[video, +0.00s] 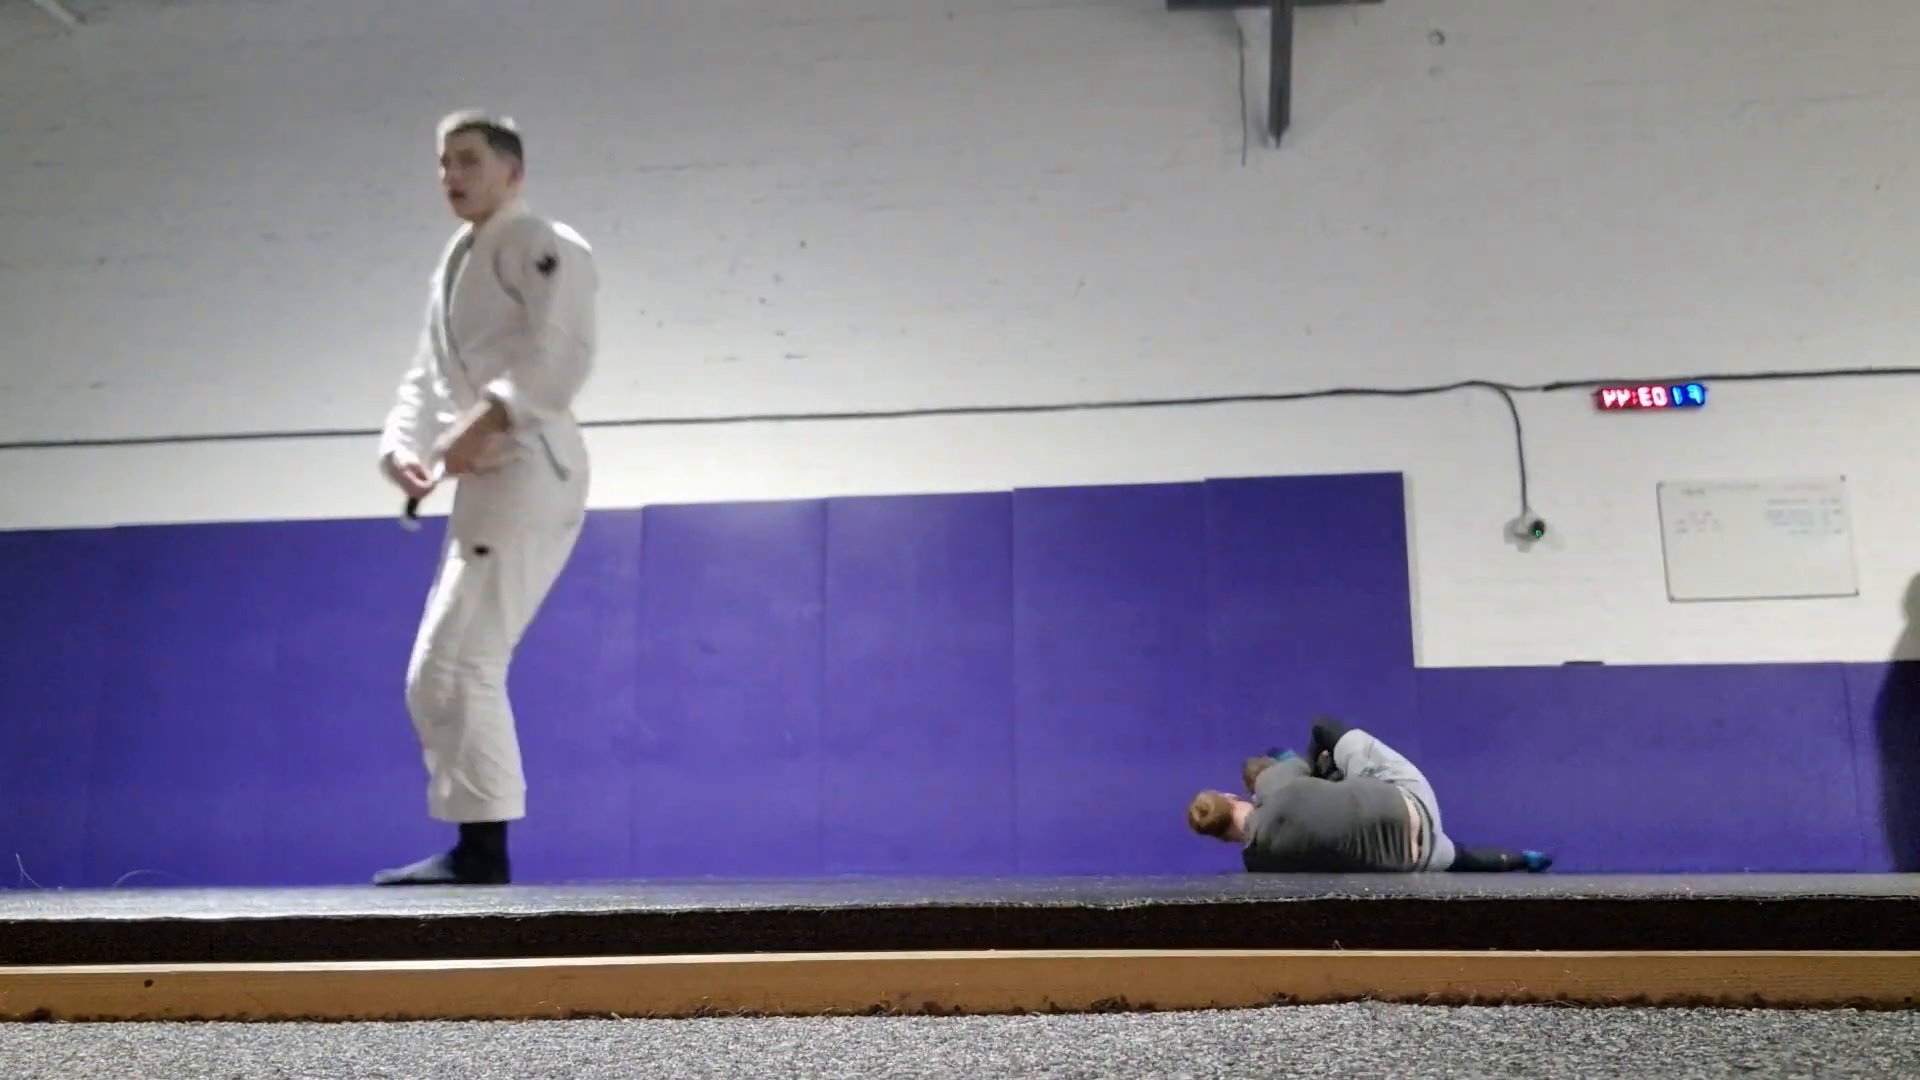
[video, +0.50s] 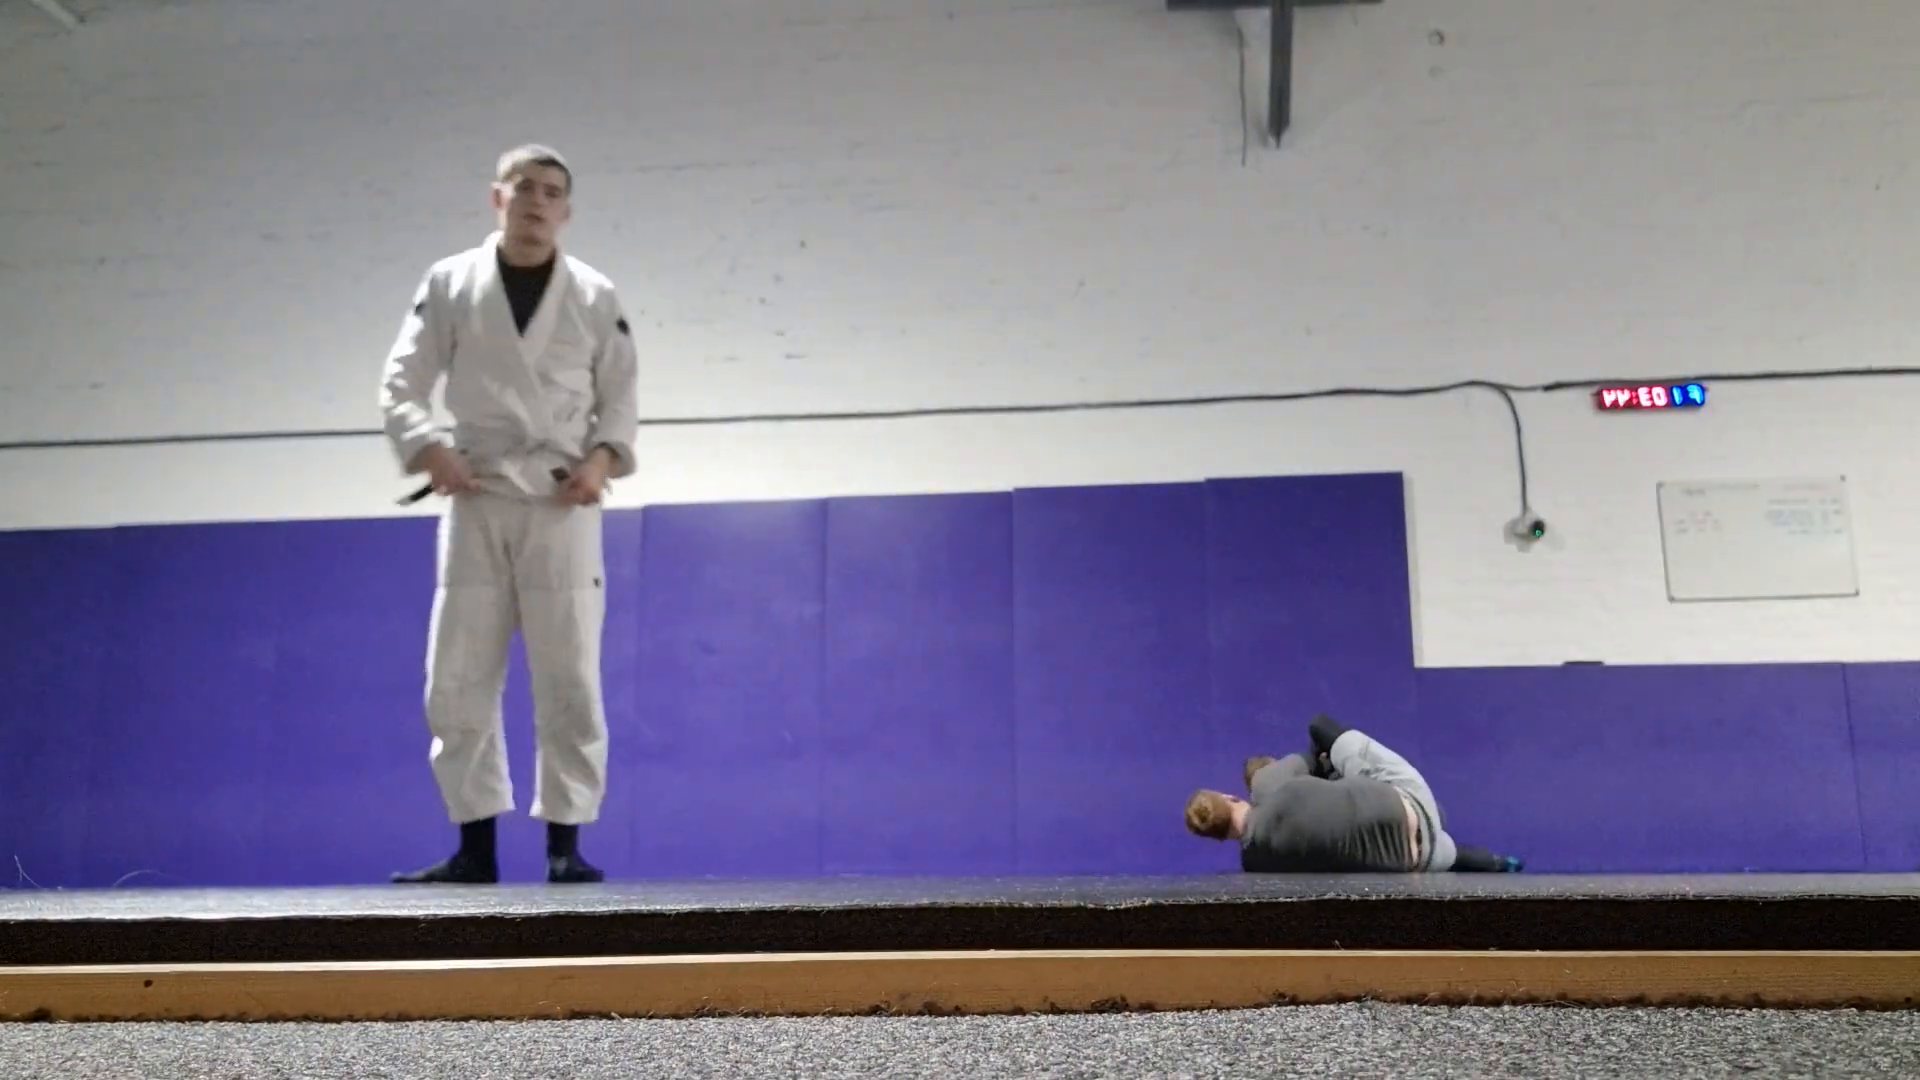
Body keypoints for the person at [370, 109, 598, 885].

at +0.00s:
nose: (451, 175)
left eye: (466, 162)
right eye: (445, 164)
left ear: (511, 170)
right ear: (442, 176)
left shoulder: (547, 244)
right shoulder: (456, 263)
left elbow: (566, 354)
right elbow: (427, 376)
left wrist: (488, 417)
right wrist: (401, 442)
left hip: (533, 476)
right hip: (487, 480)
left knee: (460, 661)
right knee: (440, 667)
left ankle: (483, 852)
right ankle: (475, 848)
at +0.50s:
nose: (535, 204)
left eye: (550, 194)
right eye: (524, 190)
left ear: (568, 212)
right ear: (496, 198)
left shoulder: (596, 300)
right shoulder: (449, 285)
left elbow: (620, 403)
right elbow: (401, 387)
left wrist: (601, 463)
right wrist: (430, 448)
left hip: (564, 503)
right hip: (474, 500)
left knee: (569, 676)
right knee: (459, 675)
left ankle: (565, 849)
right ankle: (475, 849)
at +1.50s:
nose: (595, 236)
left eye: (607, 226)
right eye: (584, 222)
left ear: (622, 231)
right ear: (555, 219)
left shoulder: (640, 312)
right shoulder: (513, 279)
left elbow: (664, 407)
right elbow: (489, 322)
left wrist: (665, 483)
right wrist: (569, 275)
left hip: (608, 506)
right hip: (521, 497)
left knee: (596, 674)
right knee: (487, 667)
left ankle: (570, 846)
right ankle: (481, 851)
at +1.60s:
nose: (590, 236)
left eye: (603, 226)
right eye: (579, 221)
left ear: (622, 231)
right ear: (554, 219)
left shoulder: (641, 312)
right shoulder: (513, 279)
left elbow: (664, 405)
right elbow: (483, 334)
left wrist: (671, 484)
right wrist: (569, 291)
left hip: (609, 504)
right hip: (520, 496)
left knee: (596, 674)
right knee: (487, 667)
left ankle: (569, 848)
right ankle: (481, 850)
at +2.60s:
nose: (621, 228)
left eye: (629, 219)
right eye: (609, 213)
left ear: (630, 231)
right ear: (566, 212)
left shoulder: (643, 314)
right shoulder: (503, 288)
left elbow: (683, 415)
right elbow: (454, 383)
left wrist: (671, 446)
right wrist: (502, 432)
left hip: (607, 509)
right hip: (518, 502)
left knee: (597, 676)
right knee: (487, 674)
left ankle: (569, 849)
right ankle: (480, 852)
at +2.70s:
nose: (621, 228)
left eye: (629, 218)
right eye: (609, 212)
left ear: (630, 229)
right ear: (566, 212)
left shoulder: (644, 314)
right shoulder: (502, 288)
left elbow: (683, 410)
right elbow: (452, 379)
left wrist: (660, 434)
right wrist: (509, 419)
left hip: (608, 508)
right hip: (521, 500)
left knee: (597, 673)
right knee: (489, 669)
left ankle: (569, 849)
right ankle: (480, 851)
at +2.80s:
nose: (619, 230)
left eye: (626, 219)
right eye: (608, 215)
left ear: (628, 227)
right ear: (565, 213)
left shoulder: (643, 313)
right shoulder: (502, 289)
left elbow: (681, 407)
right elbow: (450, 377)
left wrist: (656, 430)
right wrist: (506, 416)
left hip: (609, 512)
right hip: (520, 504)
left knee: (598, 676)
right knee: (488, 671)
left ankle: (569, 848)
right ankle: (480, 851)